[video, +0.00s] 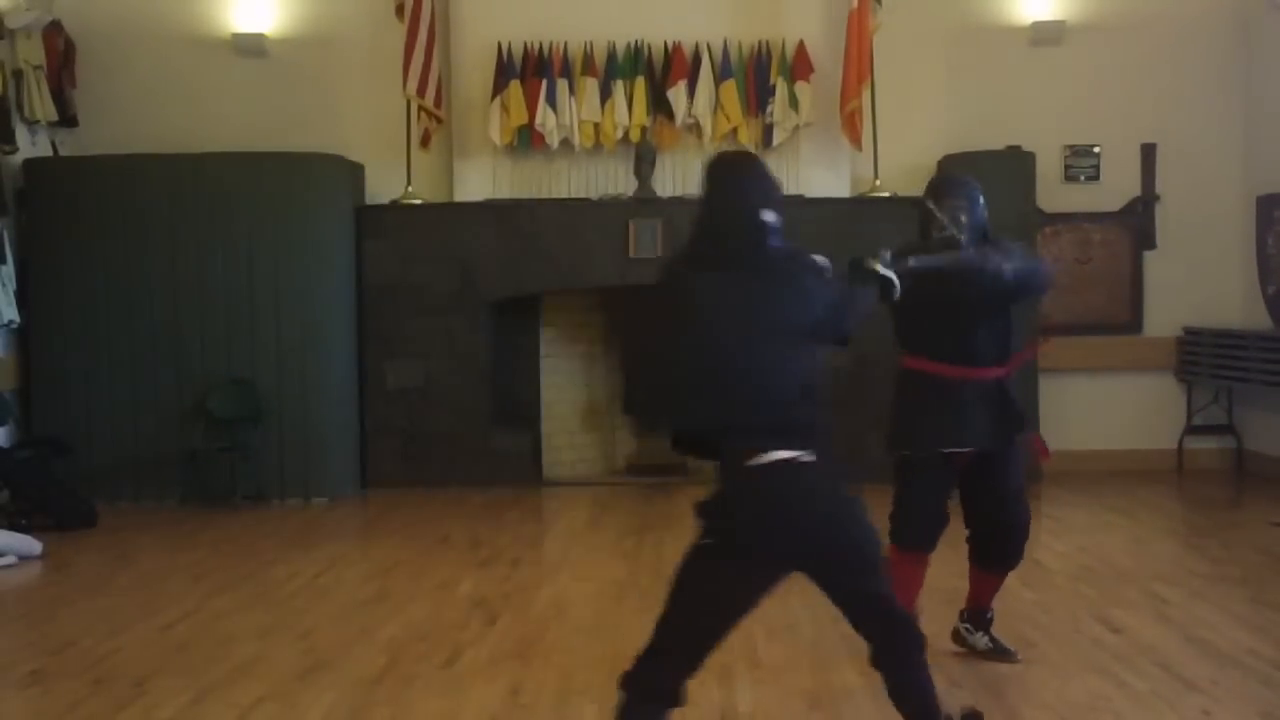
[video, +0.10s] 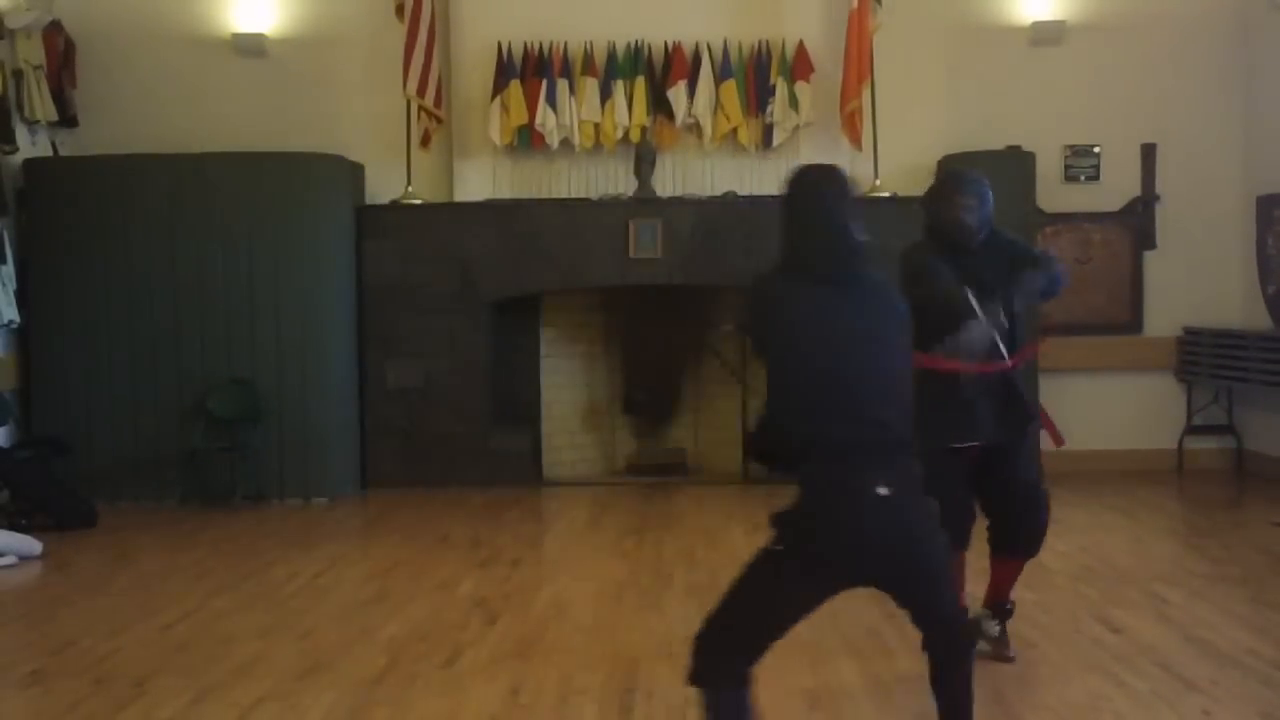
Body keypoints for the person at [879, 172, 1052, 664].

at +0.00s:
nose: (958, 218)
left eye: (967, 207)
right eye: (948, 208)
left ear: (981, 211)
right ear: (928, 212)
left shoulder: (1002, 256)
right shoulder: (910, 260)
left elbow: (1034, 276)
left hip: (989, 413)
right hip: (926, 412)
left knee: (1005, 524)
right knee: (916, 522)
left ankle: (974, 624)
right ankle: (895, 635)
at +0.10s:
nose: (969, 217)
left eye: (976, 207)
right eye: (958, 207)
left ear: (991, 209)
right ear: (936, 208)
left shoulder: (1006, 252)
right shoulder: (920, 260)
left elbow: (1050, 277)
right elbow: (942, 308)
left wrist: (1001, 306)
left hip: (1007, 417)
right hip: (944, 422)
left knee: (1023, 515)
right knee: (949, 523)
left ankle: (995, 614)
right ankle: (950, 623)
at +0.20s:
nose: (968, 218)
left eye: (975, 208)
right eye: (957, 208)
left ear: (991, 213)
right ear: (939, 213)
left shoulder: (1011, 256)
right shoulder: (928, 263)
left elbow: (1056, 303)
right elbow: (922, 329)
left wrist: (1019, 350)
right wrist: (971, 362)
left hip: (1012, 406)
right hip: (953, 409)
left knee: (1043, 509)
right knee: (961, 512)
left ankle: (1021, 593)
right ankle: (964, 612)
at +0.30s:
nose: (972, 230)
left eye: (980, 219)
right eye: (964, 221)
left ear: (997, 222)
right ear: (951, 226)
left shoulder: (1022, 268)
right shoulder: (944, 275)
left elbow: (1071, 324)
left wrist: (1035, 374)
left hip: (1026, 403)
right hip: (969, 405)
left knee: (1056, 506)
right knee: (978, 502)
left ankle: (1038, 572)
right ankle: (978, 594)